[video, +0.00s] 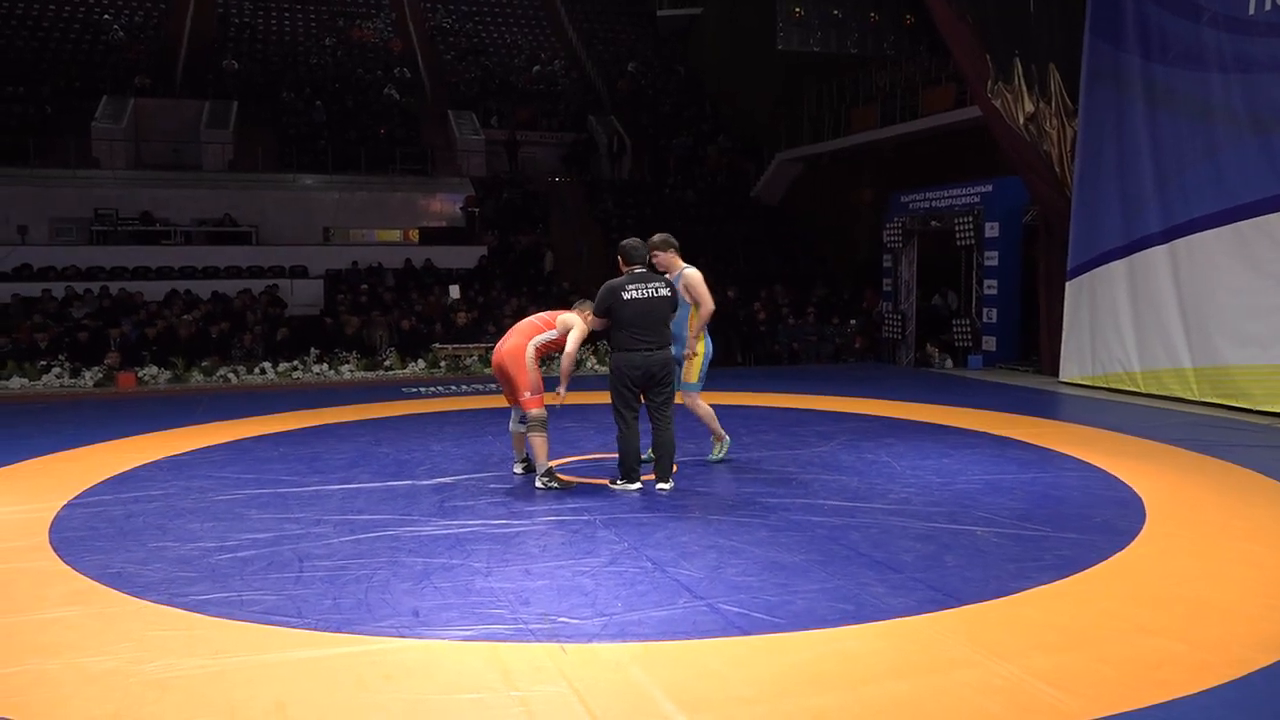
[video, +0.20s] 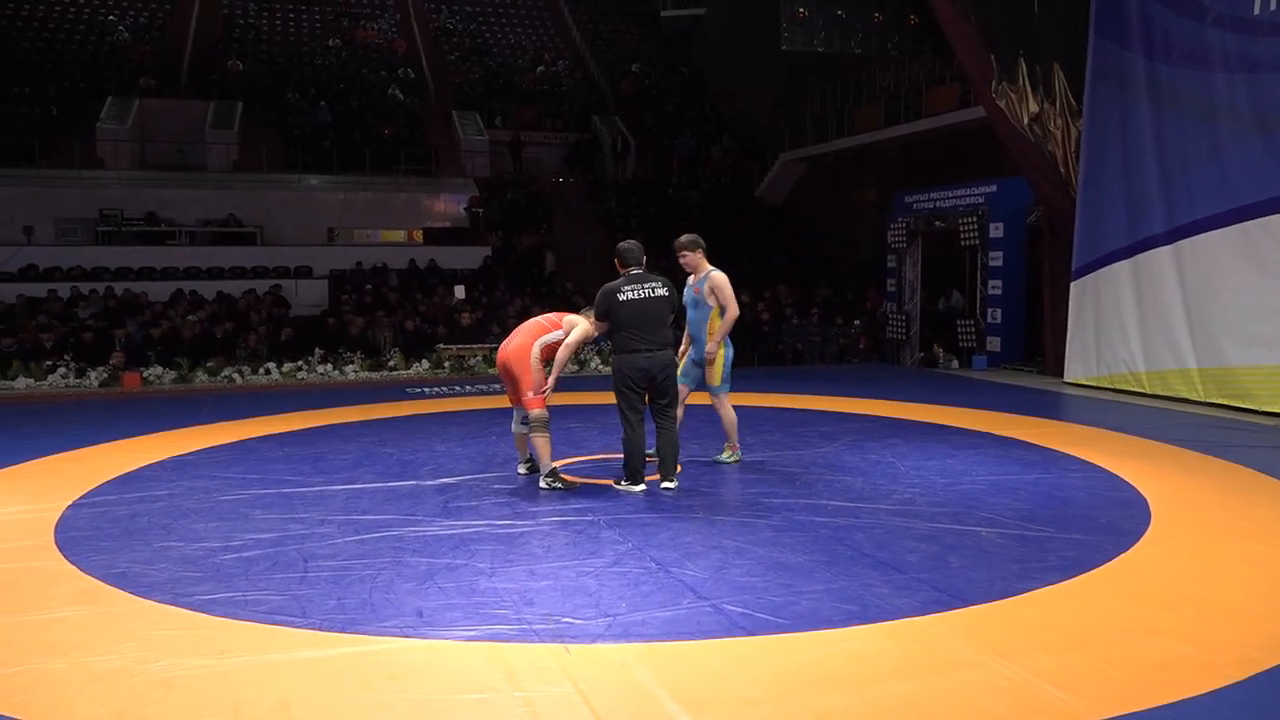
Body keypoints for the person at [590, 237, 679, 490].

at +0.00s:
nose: (618, 262)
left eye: (618, 259)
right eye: (619, 259)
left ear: (621, 261)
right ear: (647, 259)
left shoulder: (612, 288)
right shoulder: (666, 283)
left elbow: (596, 323)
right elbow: (670, 314)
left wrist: (621, 314)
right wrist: (644, 309)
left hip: (625, 361)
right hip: (661, 359)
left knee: (627, 419)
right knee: (662, 417)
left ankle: (630, 478)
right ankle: (664, 477)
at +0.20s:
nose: (617, 265)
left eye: (616, 262)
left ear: (618, 263)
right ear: (644, 261)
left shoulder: (609, 291)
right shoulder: (665, 285)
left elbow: (600, 327)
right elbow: (671, 317)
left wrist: (622, 317)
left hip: (628, 363)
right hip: (663, 360)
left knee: (632, 420)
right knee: (666, 416)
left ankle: (634, 479)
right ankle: (668, 476)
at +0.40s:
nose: (621, 265)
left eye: (621, 262)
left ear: (622, 264)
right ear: (648, 261)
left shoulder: (614, 290)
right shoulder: (669, 284)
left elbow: (604, 323)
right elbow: (675, 317)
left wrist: (629, 310)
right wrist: (649, 313)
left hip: (633, 362)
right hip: (668, 360)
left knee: (637, 420)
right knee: (671, 415)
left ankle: (638, 479)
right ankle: (677, 475)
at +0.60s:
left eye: (630, 262)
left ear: (631, 264)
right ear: (658, 262)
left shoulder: (621, 291)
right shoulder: (677, 287)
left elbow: (610, 323)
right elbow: (683, 319)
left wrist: (634, 318)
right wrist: (656, 315)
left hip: (639, 363)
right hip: (674, 361)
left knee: (640, 421)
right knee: (682, 414)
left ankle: (639, 479)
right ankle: (692, 471)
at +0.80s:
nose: (647, 265)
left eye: (648, 262)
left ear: (649, 264)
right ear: (676, 262)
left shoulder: (642, 291)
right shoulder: (693, 290)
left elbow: (619, 325)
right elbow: (695, 320)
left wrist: (642, 321)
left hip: (653, 364)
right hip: (686, 363)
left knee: (644, 422)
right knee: (691, 414)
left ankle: (639, 478)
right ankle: (706, 469)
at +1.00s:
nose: (667, 266)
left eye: (668, 262)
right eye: (668, 262)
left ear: (673, 262)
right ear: (695, 261)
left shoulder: (674, 289)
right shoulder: (710, 286)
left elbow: (658, 325)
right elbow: (690, 306)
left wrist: (640, 345)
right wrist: (670, 286)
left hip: (677, 362)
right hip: (704, 360)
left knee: (653, 416)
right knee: (700, 414)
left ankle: (639, 472)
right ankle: (705, 472)